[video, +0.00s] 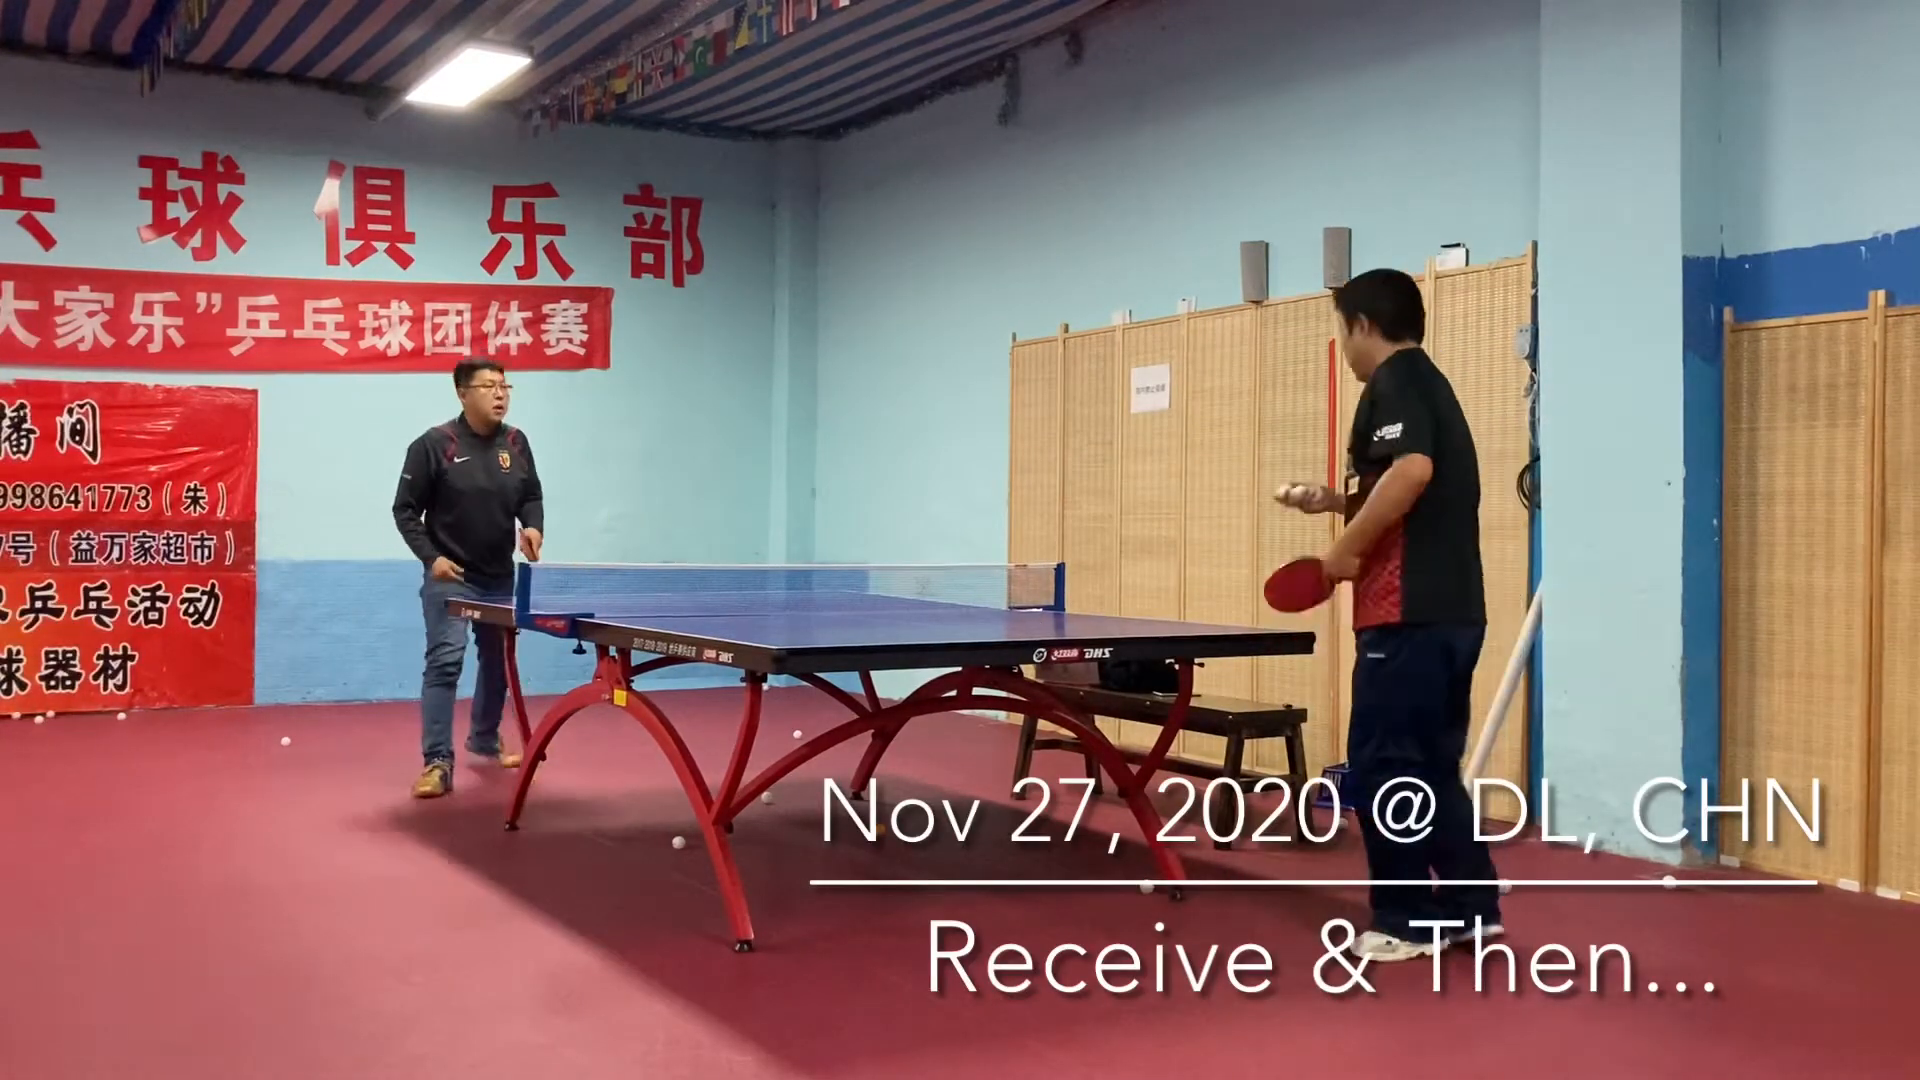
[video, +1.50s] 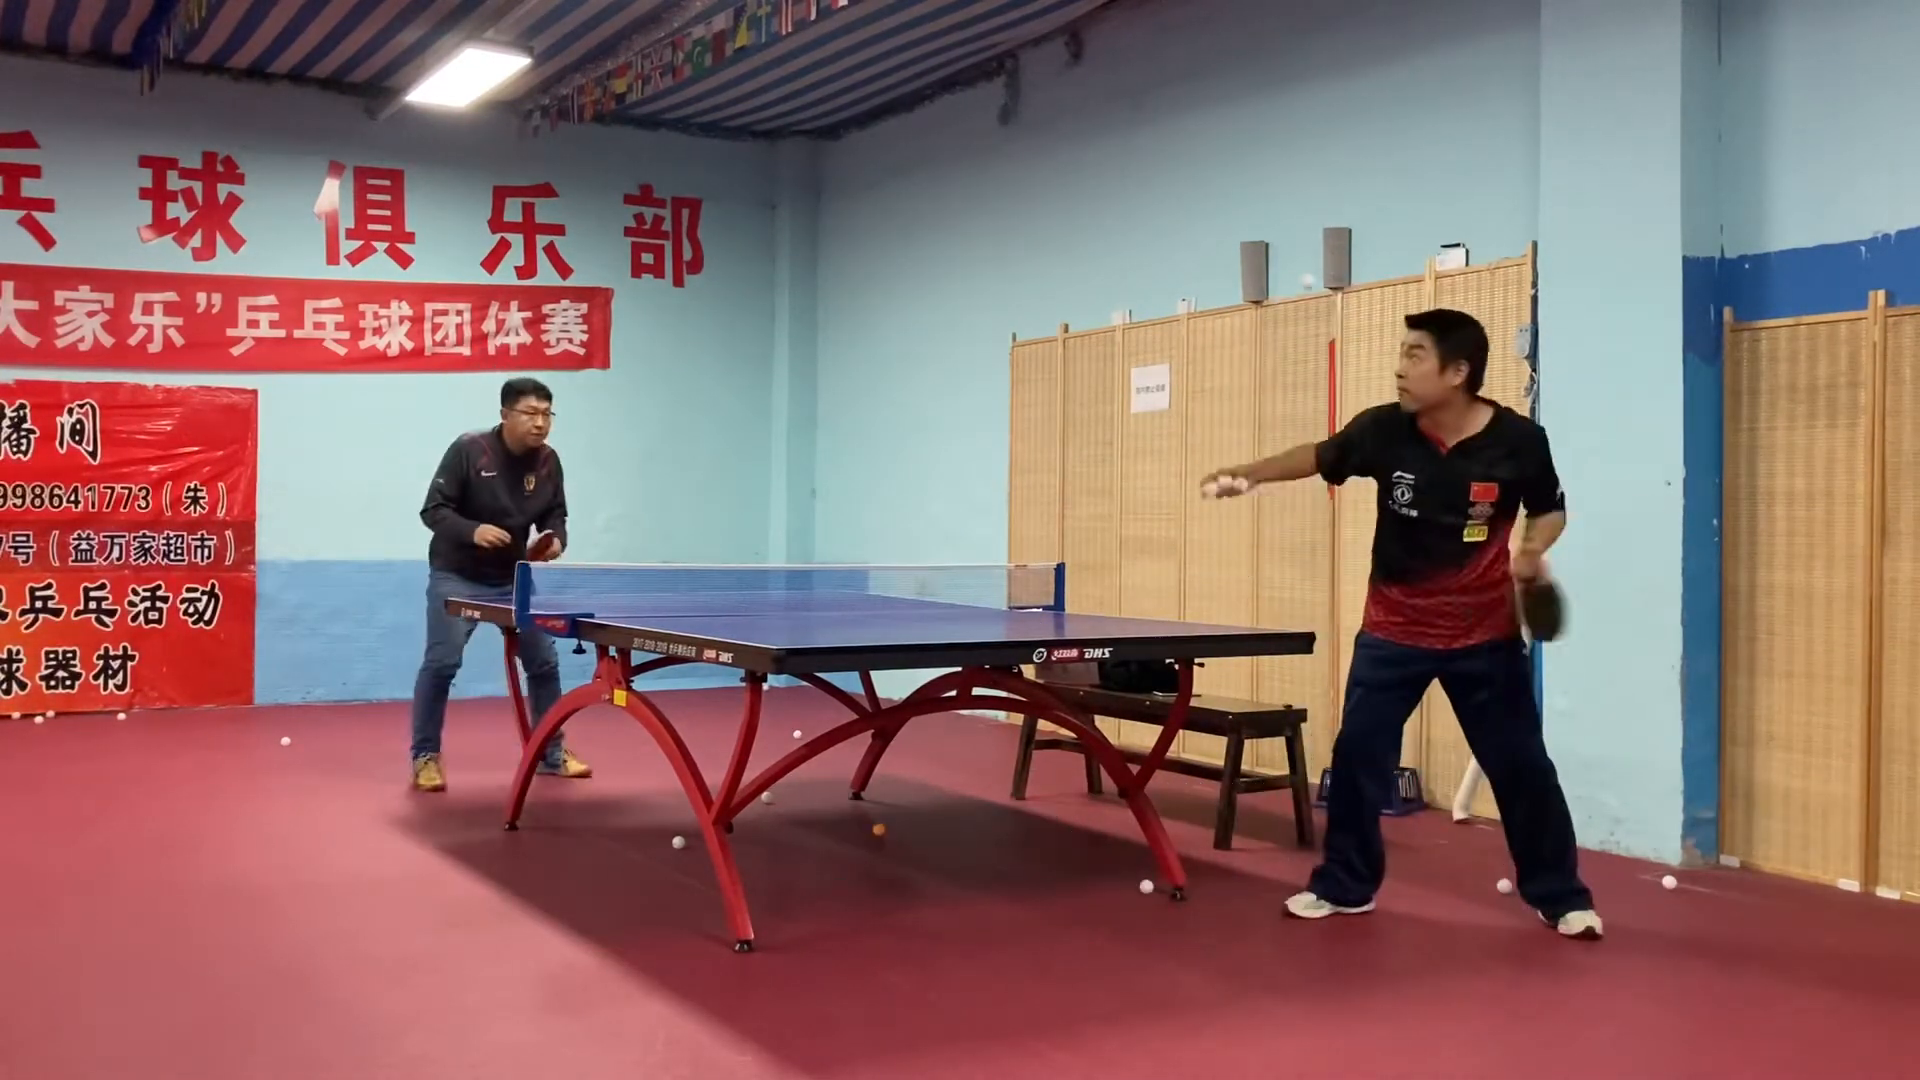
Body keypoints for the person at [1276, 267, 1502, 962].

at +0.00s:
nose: (1343, 347)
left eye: (1344, 332)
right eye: (1342, 333)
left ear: (1365, 326)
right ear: (1405, 325)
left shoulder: (1395, 381)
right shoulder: (1426, 383)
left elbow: (1413, 469)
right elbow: (1410, 494)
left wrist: (1348, 546)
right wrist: (1334, 499)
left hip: (1408, 617)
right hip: (1443, 613)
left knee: (1385, 770)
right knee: (1431, 765)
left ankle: (1411, 922)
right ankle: (1470, 908)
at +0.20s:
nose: (1308, 350)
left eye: (1310, 334)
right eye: (1306, 336)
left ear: (1337, 329)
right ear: (1350, 330)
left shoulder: (1396, 384)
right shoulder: (1355, 400)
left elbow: (1426, 477)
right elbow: (1354, 502)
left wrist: (1341, 528)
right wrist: (1279, 502)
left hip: (1414, 623)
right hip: (1368, 622)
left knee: (1393, 763)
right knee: (1340, 744)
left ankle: (1413, 923)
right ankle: (1378, 894)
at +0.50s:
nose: (1235, 385)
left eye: (1243, 371)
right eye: (1235, 371)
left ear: (1283, 372)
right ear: (1277, 373)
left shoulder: (1369, 418)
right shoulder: (1268, 449)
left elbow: (1404, 514)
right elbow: (1253, 530)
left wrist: (1316, 534)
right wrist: (1192, 544)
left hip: (1414, 621)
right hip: (1341, 625)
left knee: (1417, 766)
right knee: (1319, 754)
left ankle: (1429, 911)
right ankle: (1316, 888)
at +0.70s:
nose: (1228, 410)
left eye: (1237, 397)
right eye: (1227, 397)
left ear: (1279, 398)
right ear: (1268, 402)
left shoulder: (1362, 439)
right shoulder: (1254, 473)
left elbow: (1390, 538)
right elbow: (1240, 558)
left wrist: (1296, 552)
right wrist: (1179, 585)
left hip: (1415, 628)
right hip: (1336, 632)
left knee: (1456, 753)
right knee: (1313, 756)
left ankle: (1524, 893)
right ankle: (1315, 887)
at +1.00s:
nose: (1306, 417)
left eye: (1316, 405)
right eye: (1306, 405)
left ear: (1361, 408)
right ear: (1339, 409)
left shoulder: (1429, 460)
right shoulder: (1304, 463)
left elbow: (1440, 560)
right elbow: (1242, 516)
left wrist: (1354, 543)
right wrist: (1182, 515)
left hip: (1434, 643)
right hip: (1346, 640)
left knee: (1490, 761)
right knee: (1311, 744)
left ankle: (1550, 892)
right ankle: (1315, 888)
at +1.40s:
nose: (1376, 379)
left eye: (1389, 368)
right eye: (1377, 367)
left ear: (1434, 379)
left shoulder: (1500, 448)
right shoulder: (1368, 433)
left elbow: (1526, 535)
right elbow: (1300, 455)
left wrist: (1464, 543)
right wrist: (1240, 443)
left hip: (1475, 641)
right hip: (1383, 637)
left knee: (1518, 766)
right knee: (1349, 759)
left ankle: (1562, 896)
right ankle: (1344, 885)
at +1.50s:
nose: (1400, 368)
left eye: (1416, 356)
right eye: (1401, 355)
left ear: (1459, 371)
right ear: (1412, 367)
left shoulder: (1517, 440)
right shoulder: (1383, 430)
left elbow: (1549, 510)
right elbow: (1320, 456)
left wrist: (1531, 549)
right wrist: (1252, 474)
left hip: (1483, 635)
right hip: (1393, 632)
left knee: (1521, 765)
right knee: (1357, 753)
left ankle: (1561, 896)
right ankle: (1345, 885)